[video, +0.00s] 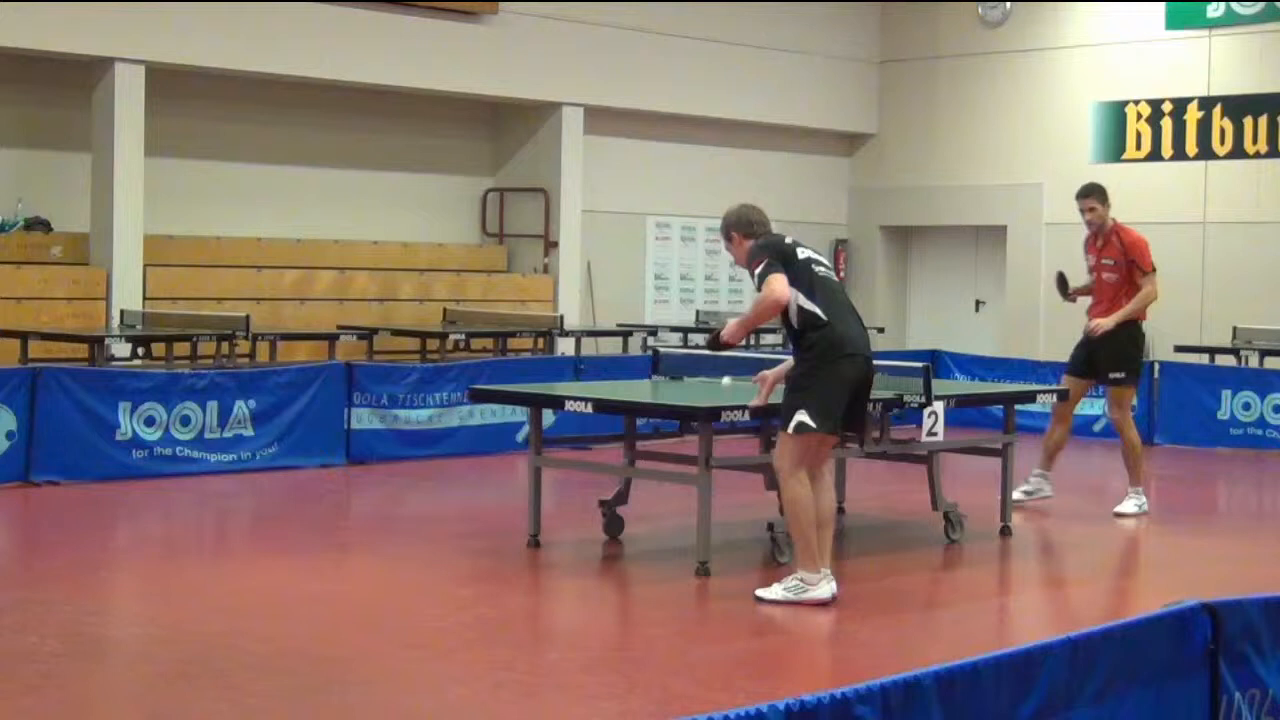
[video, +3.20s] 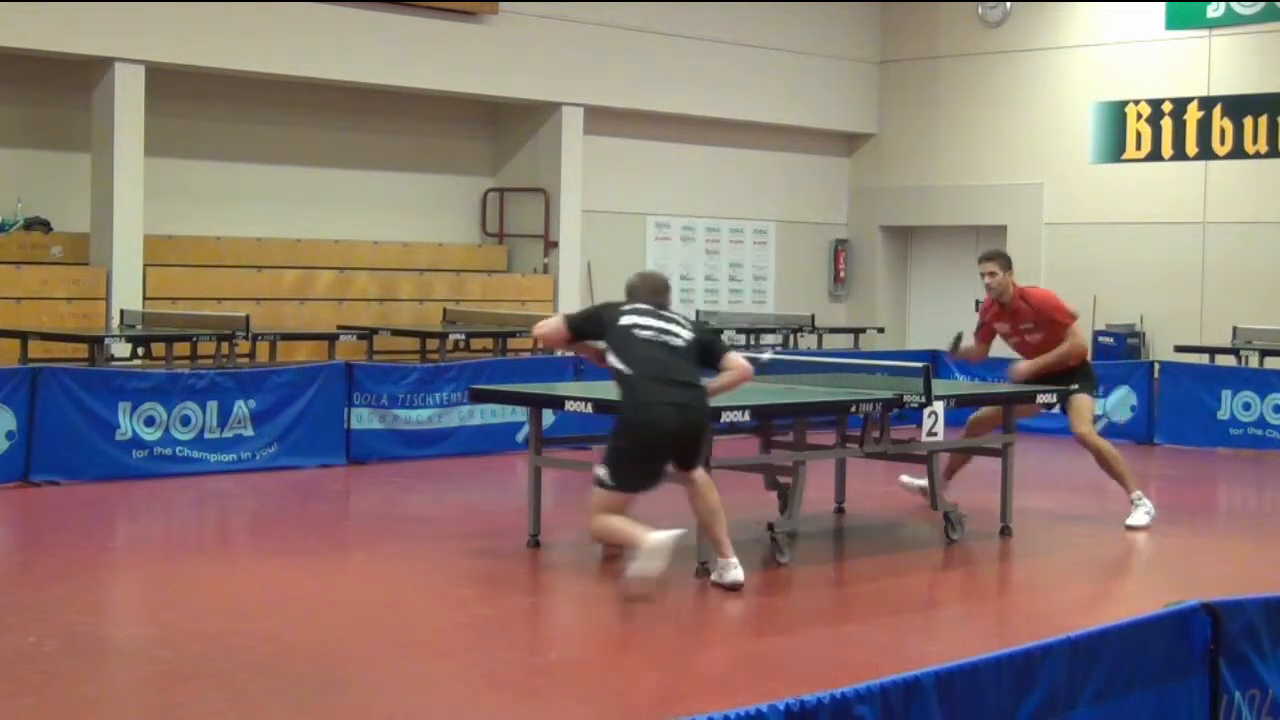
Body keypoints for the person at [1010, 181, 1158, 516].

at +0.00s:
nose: (1088, 217)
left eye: (1092, 210)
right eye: (1083, 212)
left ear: (1108, 207)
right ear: (1080, 213)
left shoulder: (1131, 241)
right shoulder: (1091, 241)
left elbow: (1151, 291)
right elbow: (1101, 281)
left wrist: (1112, 319)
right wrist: (1076, 292)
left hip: (1124, 333)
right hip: (1094, 330)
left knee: (1120, 414)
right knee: (1064, 404)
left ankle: (1137, 494)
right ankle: (1041, 479)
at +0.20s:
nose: (1069, 221)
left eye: (1073, 214)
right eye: (1064, 216)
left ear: (1089, 210)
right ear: (1062, 217)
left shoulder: (1114, 244)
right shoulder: (1068, 246)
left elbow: (1141, 291)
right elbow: (1071, 288)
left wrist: (1112, 325)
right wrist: (1055, 295)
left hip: (1109, 336)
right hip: (1077, 335)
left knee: (1110, 418)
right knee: (1045, 407)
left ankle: (1137, 494)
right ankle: (1021, 483)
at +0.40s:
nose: (1046, 221)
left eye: (1051, 214)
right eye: (1040, 216)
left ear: (1062, 211)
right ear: (1034, 218)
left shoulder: (1089, 243)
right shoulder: (1033, 250)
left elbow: (1118, 287)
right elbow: (1024, 297)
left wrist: (1104, 323)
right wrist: (1026, 292)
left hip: (1089, 333)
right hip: (1055, 336)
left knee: (1094, 410)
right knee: (1025, 409)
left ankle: (1130, 478)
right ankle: (1019, 486)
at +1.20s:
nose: (1023, 252)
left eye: (1028, 244)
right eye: (1019, 246)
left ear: (1044, 242)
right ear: (1016, 248)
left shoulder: (1073, 265)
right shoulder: (1022, 274)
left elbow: (1113, 306)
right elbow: (1025, 321)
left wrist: (1074, 327)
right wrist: (1014, 315)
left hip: (1094, 349)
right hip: (1057, 352)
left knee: (1099, 416)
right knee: (1017, 415)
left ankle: (1136, 496)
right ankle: (1013, 488)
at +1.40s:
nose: (1016, 300)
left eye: (1021, 292)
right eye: (1012, 294)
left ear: (1037, 291)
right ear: (1010, 295)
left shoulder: (1069, 308)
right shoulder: (1021, 317)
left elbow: (1111, 351)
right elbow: (1022, 363)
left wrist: (1061, 365)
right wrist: (1009, 349)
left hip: (1107, 375)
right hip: (1072, 379)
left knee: (1101, 429)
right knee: (1019, 417)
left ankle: (1146, 505)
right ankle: (1012, 489)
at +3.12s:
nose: (999, 282)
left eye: (1005, 276)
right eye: (995, 277)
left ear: (1022, 276)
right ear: (993, 279)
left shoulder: (1051, 299)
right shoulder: (1001, 307)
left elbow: (1100, 329)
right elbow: (992, 355)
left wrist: (1063, 362)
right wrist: (980, 348)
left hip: (1084, 370)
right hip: (1046, 371)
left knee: (1086, 434)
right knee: (984, 416)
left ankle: (1143, 504)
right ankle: (973, 484)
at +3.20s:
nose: (986, 282)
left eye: (992, 275)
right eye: (983, 277)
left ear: (1009, 275)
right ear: (983, 280)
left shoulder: (1039, 300)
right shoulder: (990, 310)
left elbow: (1078, 345)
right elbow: (979, 353)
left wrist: (1033, 365)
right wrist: (958, 352)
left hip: (1074, 372)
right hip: (1040, 376)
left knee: (1083, 432)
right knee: (977, 424)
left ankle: (1139, 500)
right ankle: (938, 484)